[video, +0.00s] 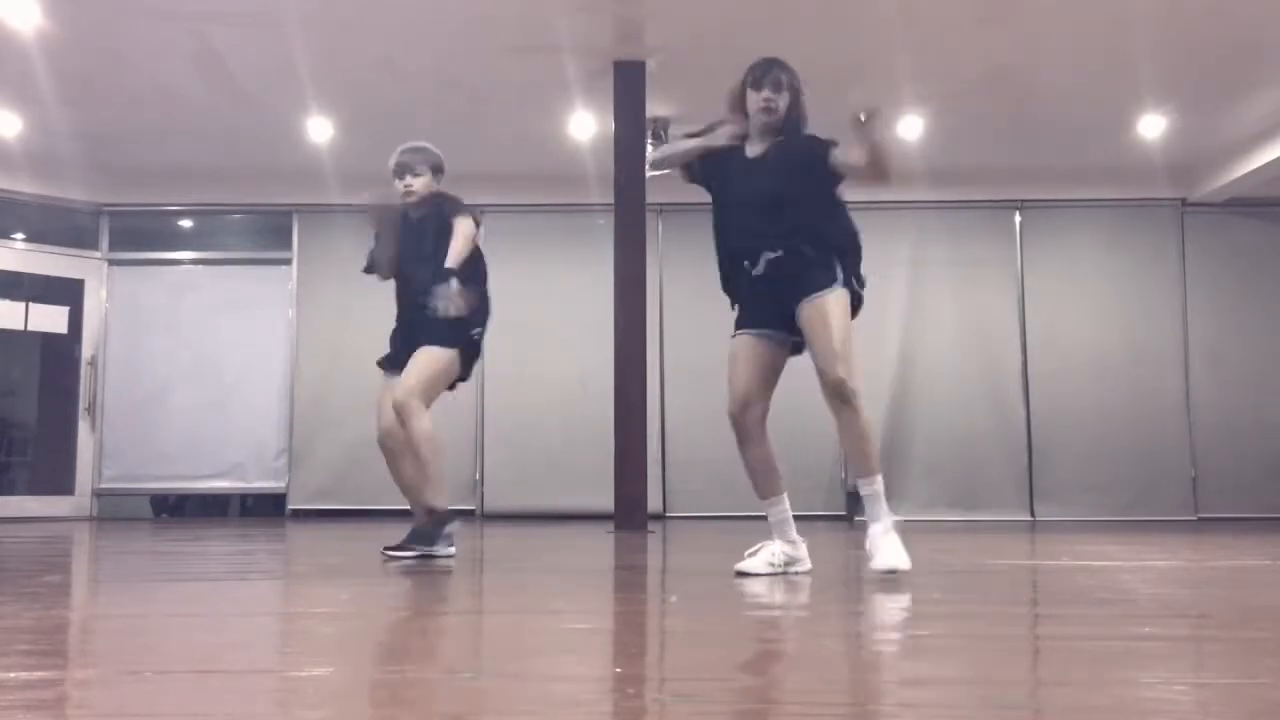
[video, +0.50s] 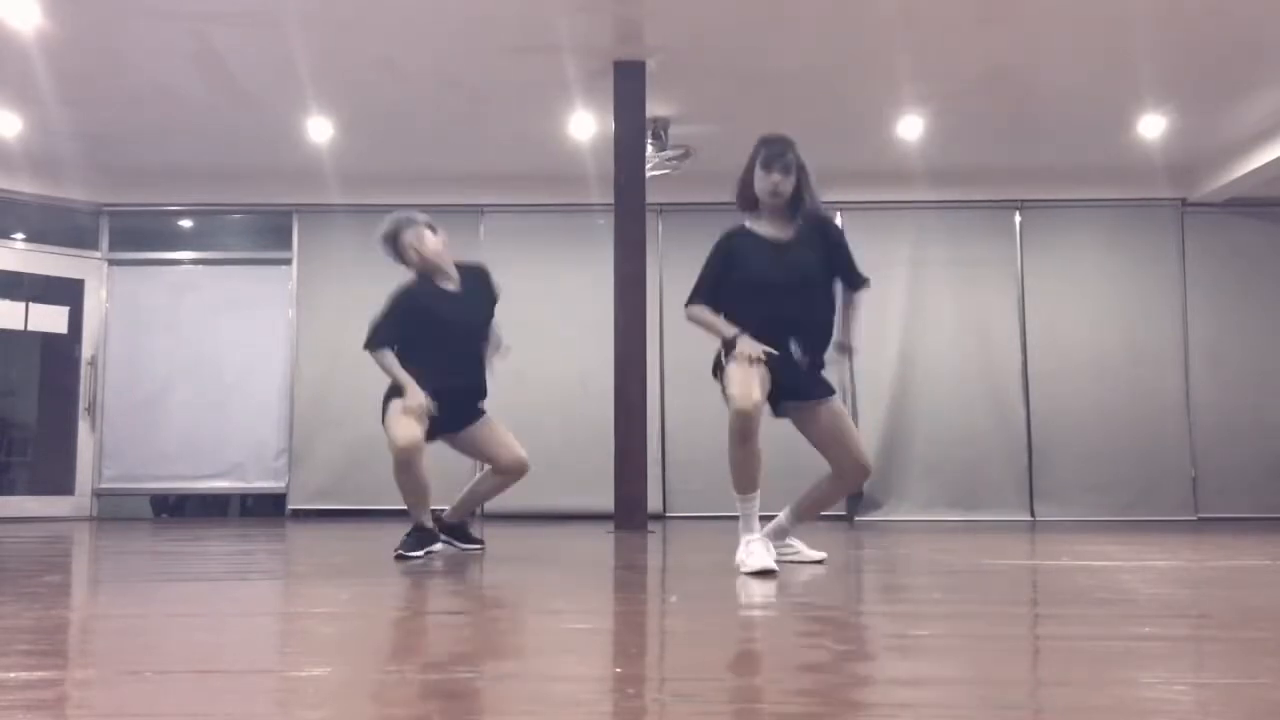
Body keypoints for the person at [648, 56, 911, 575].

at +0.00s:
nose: (768, 96)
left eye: (779, 90)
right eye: (760, 87)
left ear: (793, 101)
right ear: (743, 96)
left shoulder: (809, 150)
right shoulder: (720, 160)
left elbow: (876, 172)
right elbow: (656, 159)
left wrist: (870, 138)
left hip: (816, 277)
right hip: (759, 292)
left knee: (838, 383)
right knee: (744, 413)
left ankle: (880, 526)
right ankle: (786, 543)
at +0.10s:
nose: (778, 84)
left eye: (787, 76)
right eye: (768, 76)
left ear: (800, 87)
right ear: (749, 86)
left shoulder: (808, 155)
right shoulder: (725, 142)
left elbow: (842, 233)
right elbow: (678, 183)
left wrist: (824, 175)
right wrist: (722, 154)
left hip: (810, 281)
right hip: (748, 289)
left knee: (844, 393)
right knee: (750, 407)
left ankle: (875, 496)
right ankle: (785, 540)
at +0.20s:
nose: (779, 96)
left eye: (788, 87)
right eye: (770, 87)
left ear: (802, 95)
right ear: (754, 95)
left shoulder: (813, 162)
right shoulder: (736, 148)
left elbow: (826, 237)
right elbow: (727, 212)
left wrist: (817, 206)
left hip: (805, 284)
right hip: (743, 287)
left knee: (833, 404)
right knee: (749, 407)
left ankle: (836, 495)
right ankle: (777, 539)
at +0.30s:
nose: (776, 117)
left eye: (785, 108)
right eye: (766, 109)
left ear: (800, 114)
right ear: (753, 116)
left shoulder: (820, 161)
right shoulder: (738, 182)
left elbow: (848, 212)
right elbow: (712, 247)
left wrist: (822, 238)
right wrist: (728, 252)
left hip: (799, 304)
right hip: (743, 302)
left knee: (812, 425)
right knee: (743, 408)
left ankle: (786, 522)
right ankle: (761, 532)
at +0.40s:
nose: (773, 150)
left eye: (781, 140)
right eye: (763, 140)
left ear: (797, 146)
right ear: (748, 148)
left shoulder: (820, 198)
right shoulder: (738, 214)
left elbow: (846, 257)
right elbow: (699, 281)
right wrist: (736, 293)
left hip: (799, 328)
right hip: (744, 320)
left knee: (831, 455)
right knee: (748, 405)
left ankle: (774, 534)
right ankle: (749, 534)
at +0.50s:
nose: (776, 179)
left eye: (785, 170)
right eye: (767, 169)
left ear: (798, 178)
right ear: (752, 176)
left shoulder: (821, 233)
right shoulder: (736, 240)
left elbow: (851, 284)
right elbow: (695, 307)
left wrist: (845, 335)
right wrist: (737, 337)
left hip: (801, 361)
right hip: (748, 351)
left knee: (855, 469)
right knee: (745, 408)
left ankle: (777, 535)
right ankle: (750, 538)